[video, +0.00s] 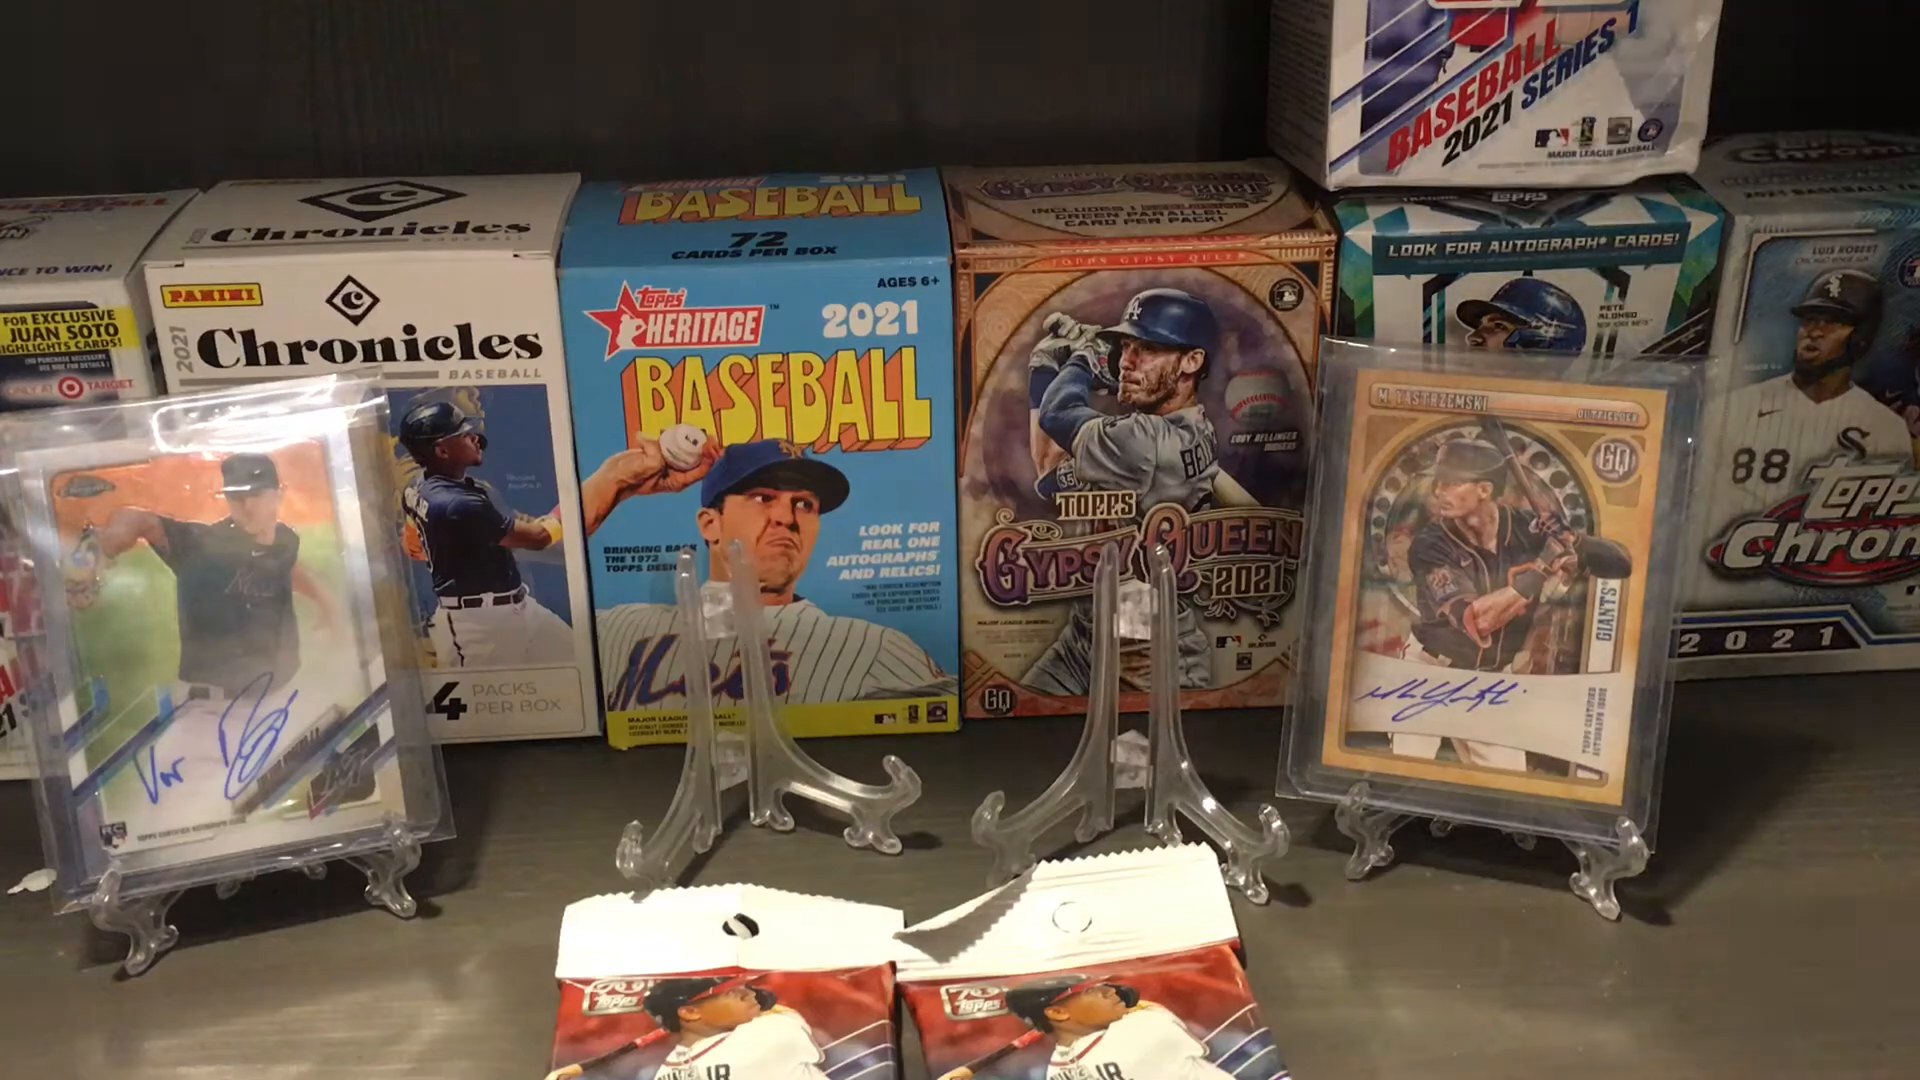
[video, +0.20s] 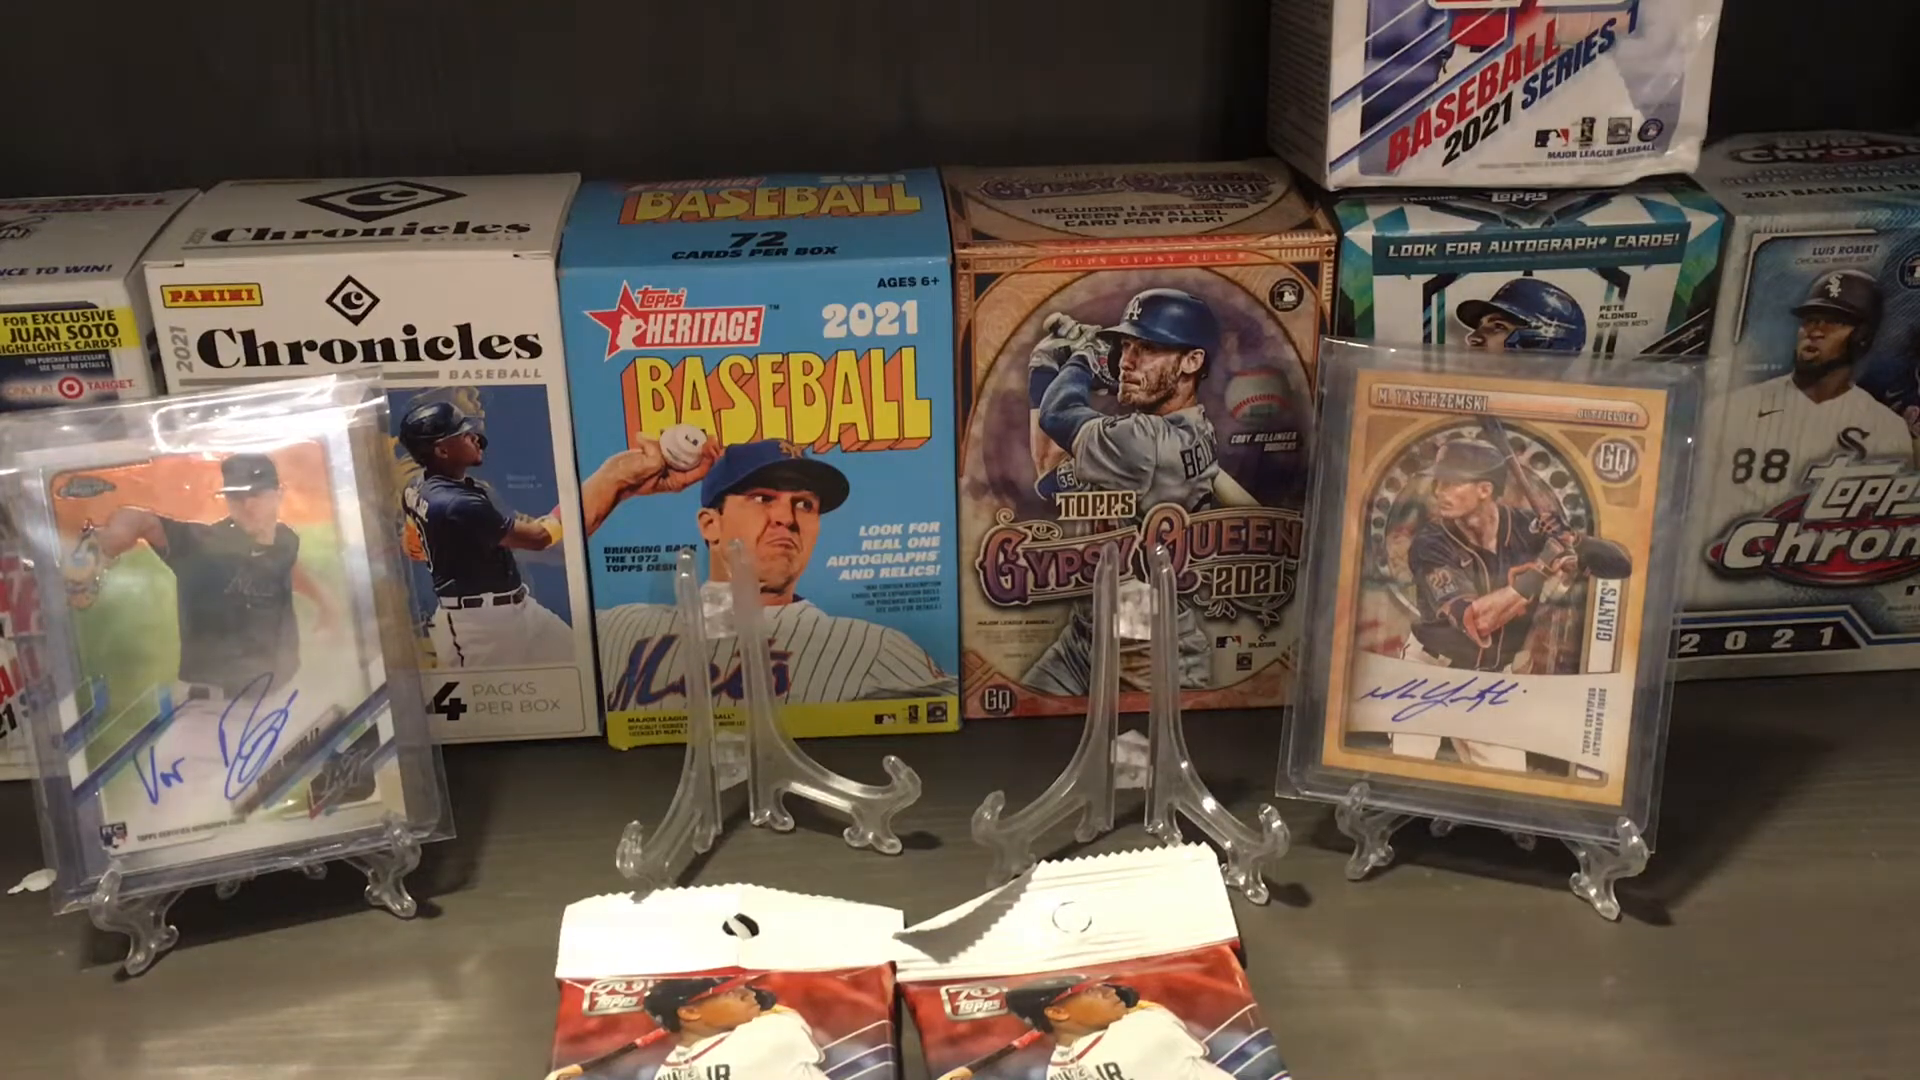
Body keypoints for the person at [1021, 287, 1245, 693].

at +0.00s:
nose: (1127, 362)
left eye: (1147, 350)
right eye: (1126, 347)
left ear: (1190, 362)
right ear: (1119, 348)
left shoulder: (1139, 440)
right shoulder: (1189, 430)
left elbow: (1060, 410)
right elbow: (1050, 475)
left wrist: (1084, 361)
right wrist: (1042, 371)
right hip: (1089, 642)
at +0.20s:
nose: (1127, 361)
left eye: (1145, 349)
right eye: (1126, 347)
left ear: (1191, 362)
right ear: (1118, 349)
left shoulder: (1142, 442)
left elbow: (1060, 410)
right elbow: (1049, 476)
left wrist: (1082, 361)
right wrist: (1043, 364)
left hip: (1160, 650)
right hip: (1088, 640)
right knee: (1013, 734)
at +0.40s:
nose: (1127, 361)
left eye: (1145, 349)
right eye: (1126, 347)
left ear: (1191, 362)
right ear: (1119, 348)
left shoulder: (1140, 441)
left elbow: (1059, 410)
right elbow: (1049, 479)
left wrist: (1083, 360)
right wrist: (1043, 364)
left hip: (1161, 649)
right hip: (1088, 640)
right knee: (1012, 734)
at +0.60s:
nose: (1127, 361)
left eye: (1145, 350)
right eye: (1126, 347)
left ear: (1191, 363)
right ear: (1119, 349)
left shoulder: (1143, 441)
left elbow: (1061, 411)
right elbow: (1050, 471)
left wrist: (1082, 362)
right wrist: (1042, 366)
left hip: (1158, 648)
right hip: (1088, 640)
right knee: (1014, 733)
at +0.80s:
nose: (1126, 362)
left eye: (1145, 349)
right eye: (1126, 347)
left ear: (1191, 363)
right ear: (1118, 350)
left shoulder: (1143, 441)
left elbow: (1060, 411)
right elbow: (1049, 473)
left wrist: (1083, 361)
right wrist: (1043, 365)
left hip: (1159, 650)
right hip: (1087, 642)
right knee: (1014, 733)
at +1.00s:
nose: (1127, 362)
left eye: (1147, 350)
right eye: (1127, 348)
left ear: (1190, 363)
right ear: (1120, 349)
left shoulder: (1140, 440)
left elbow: (1059, 412)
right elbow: (1049, 476)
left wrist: (1085, 359)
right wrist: (1042, 369)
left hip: (1161, 651)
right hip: (1089, 642)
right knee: (1006, 735)